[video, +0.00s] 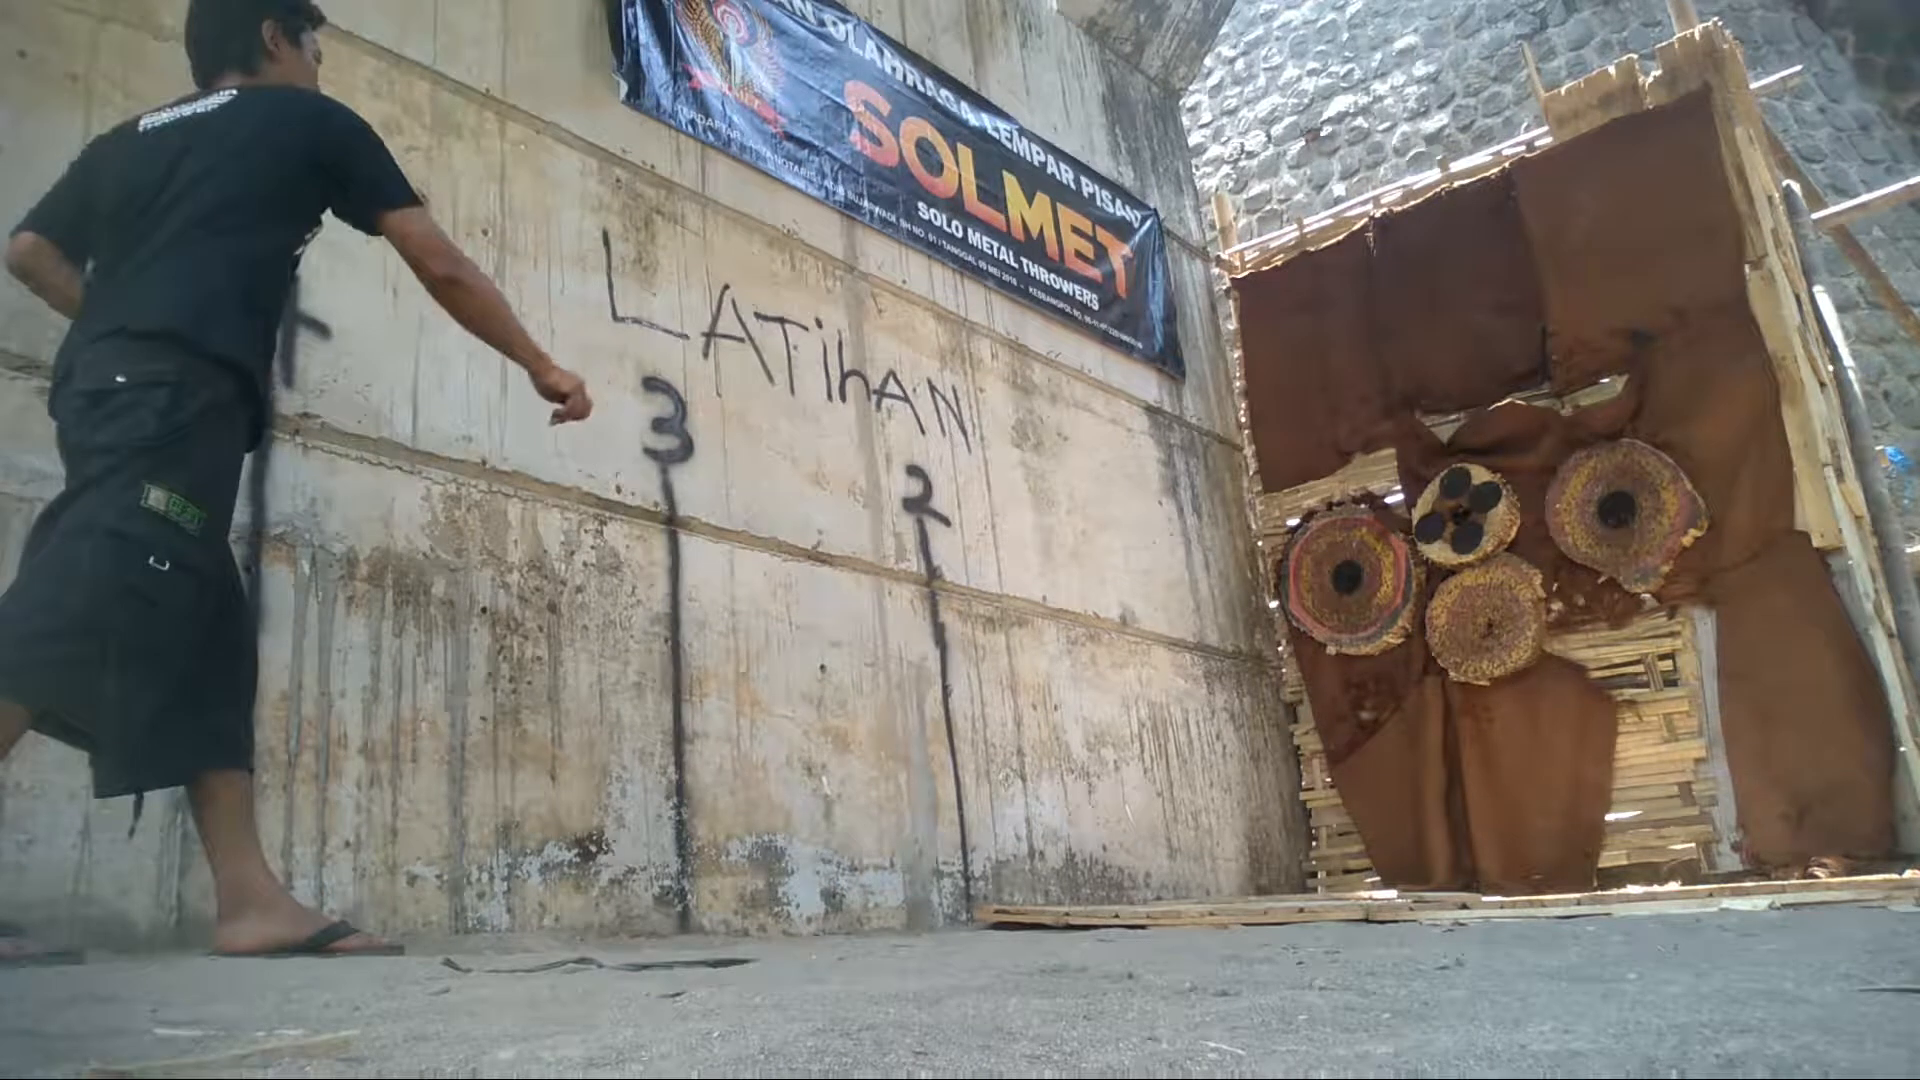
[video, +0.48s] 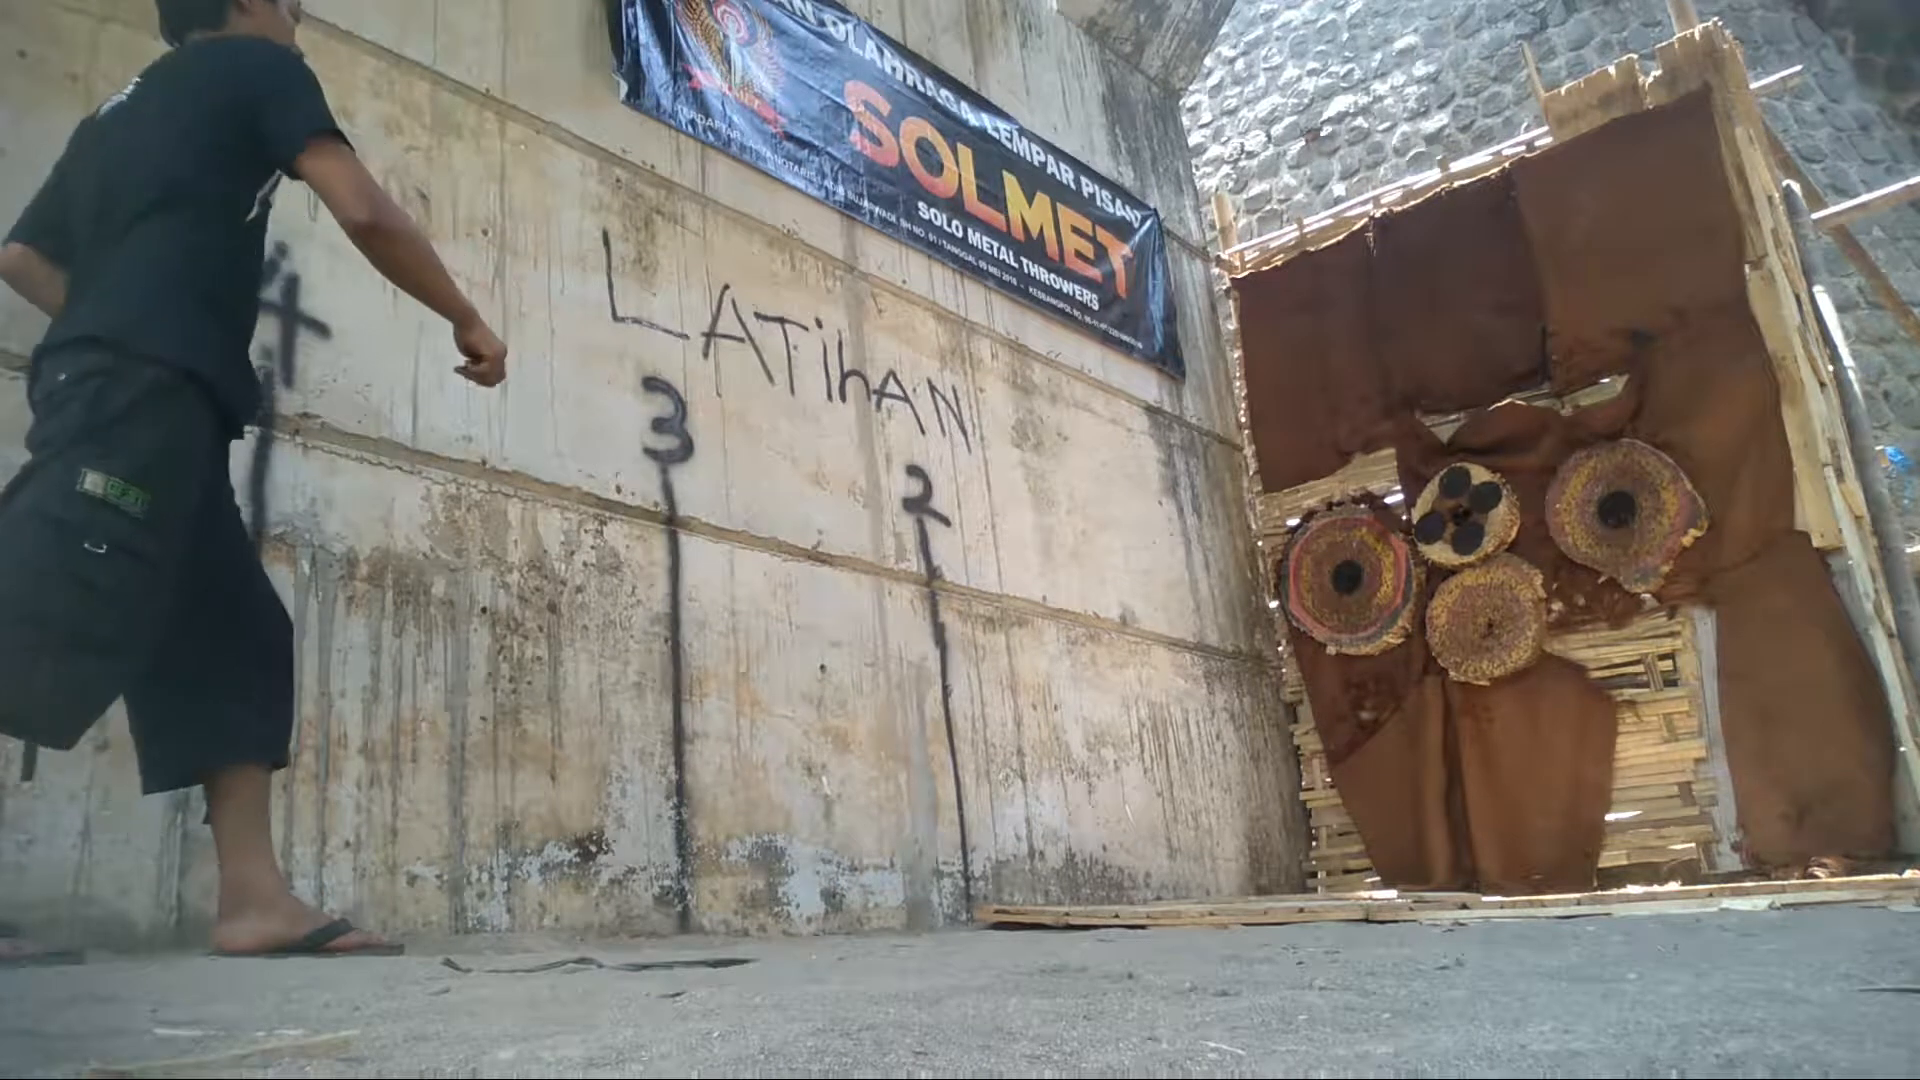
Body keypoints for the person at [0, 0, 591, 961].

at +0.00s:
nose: (320, 65)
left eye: (316, 45)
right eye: (312, 44)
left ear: (211, 57)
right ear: (271, 40)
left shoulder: (129, 138)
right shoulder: (313, 119)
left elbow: (30, 250)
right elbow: (439, 263)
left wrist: (121, 326)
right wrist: (539, 361)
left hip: (95, 383)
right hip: (179, 382)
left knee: (207, 628)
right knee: (61, 621)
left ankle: (250, 900)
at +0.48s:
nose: (296, 26)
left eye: (294, 12)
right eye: (289, 10)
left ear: (190, 21)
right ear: (250, 8)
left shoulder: (114, 115)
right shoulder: (258, 63)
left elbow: (21, 252)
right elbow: (364, 212)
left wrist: (120, 332)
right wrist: (465, 316)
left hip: (100, 384)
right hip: (145, 385)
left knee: (239, 634)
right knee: (37, 631)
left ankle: (253, 900)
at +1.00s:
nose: (440, 92)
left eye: (436, 75)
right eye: (432, 73)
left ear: (347, 90)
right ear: (398, 72)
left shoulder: (303, 194)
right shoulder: (409, 130)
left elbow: (257, 347)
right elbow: (388, 234)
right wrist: (381, 361)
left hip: (278, 457)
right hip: (362, 437)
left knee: (295, 663)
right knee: (442, 632)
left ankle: (258, 906)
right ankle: (254, 793)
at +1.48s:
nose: (668, 192)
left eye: (662, 176)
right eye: (660, 176)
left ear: (583, 190)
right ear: (636, 177)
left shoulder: (548, 282)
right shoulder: (642, 248)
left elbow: (546, 424)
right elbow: (655, 371)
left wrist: (542, 529)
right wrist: (692, 496)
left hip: (556, 544)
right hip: (637, 528)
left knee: (532, 721)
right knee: (708, 700)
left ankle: (390, 826)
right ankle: (701, 909)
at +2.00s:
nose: (884, 291)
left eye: (877, 279)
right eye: (879, 279)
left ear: (813, 298)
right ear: (862, 281)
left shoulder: (784, 382)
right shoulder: (886, 341)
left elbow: (758, 491)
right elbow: (934, 451)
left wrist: (724, 587)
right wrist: (1003, 544)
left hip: (822, 577)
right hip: (882, 561)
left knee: (901, 719)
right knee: (869, 711)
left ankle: (955, 898)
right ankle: (765, 841)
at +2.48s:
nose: (1033, 349)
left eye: (1030, 338)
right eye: (1029, 338)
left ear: (970, 354)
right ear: (1016, 342)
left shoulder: (951, 424)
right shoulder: (1026, 392)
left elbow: (952, 519)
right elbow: (1038, 467)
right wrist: (1080, 538)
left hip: (976, 608)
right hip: (1045, 596)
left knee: (963, 736)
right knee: (1115, 719)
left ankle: (957, 888)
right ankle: (1177, 871)